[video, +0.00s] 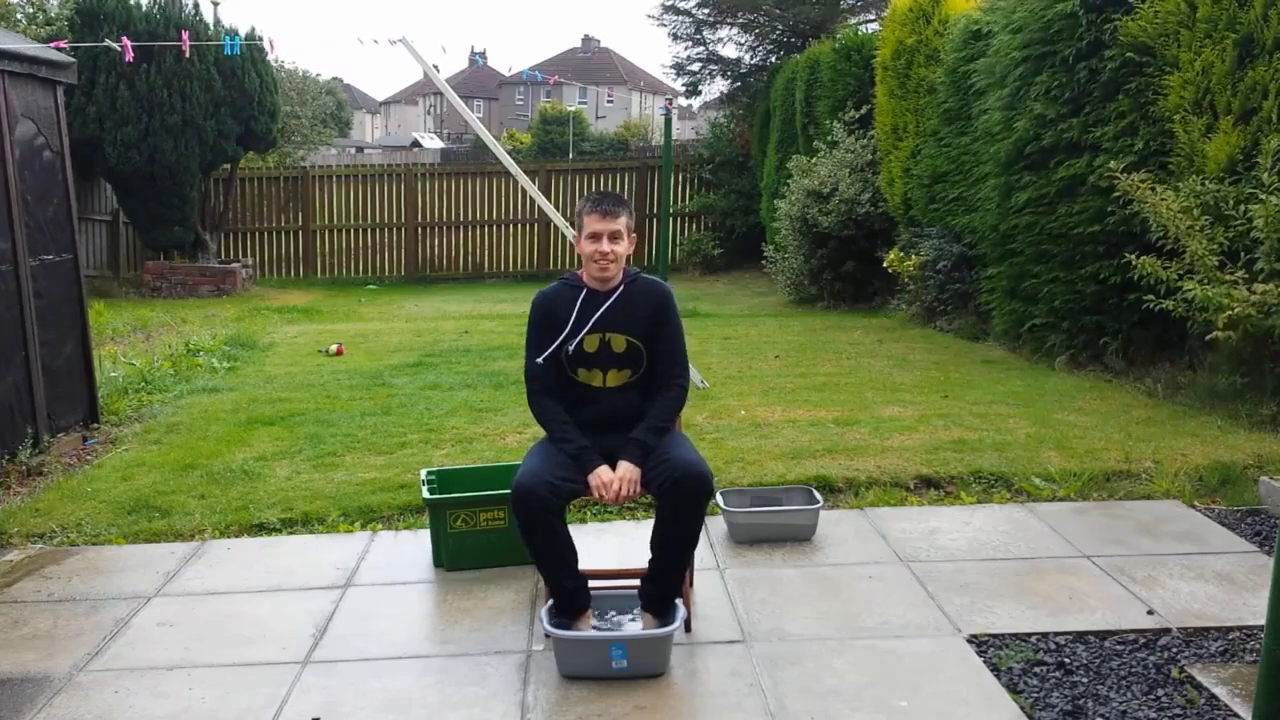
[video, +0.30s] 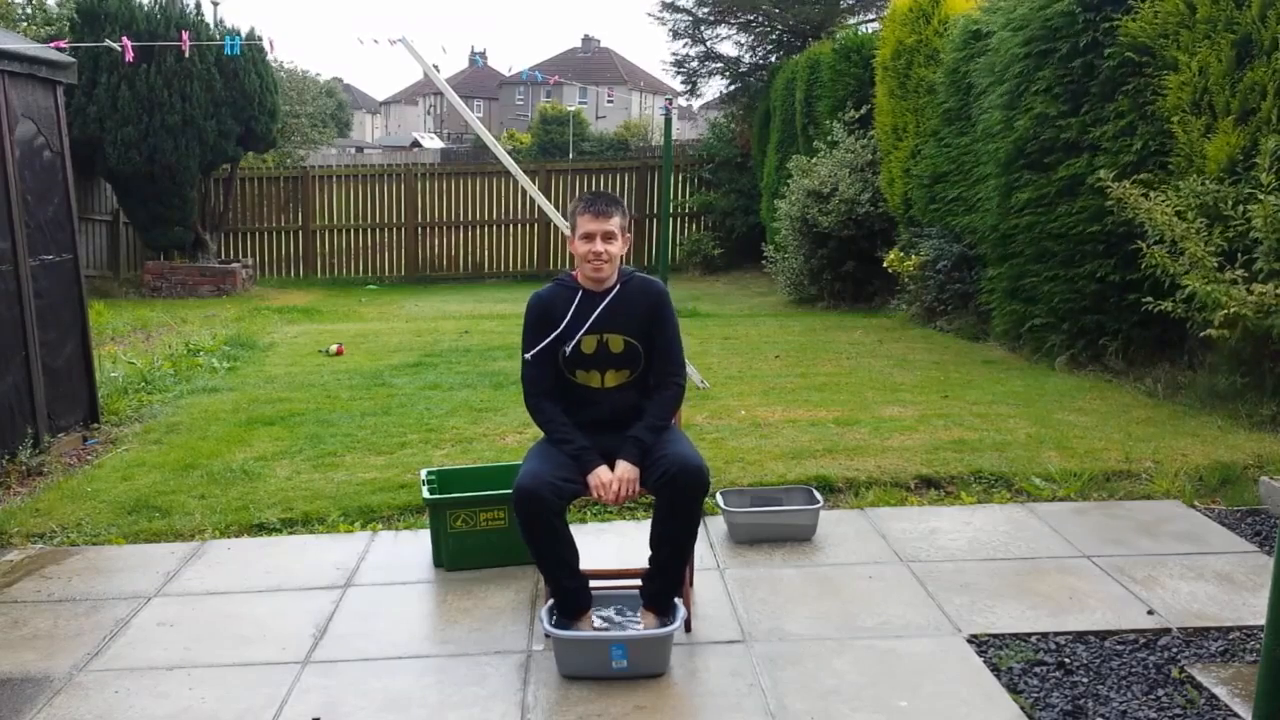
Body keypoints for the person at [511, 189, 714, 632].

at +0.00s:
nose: (604, 248)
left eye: (615, 238)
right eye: (593, 238)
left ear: (631, 244)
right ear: (577, 242)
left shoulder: (655, 297)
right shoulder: (550, 304)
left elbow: (673, 385)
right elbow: (541, 394)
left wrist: (634, 455)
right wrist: (589, 461)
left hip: (646, 433)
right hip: (573, 437)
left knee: (692, 479)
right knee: (528, 491)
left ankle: (658, 600)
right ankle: (572, 604)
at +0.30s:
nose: (597, 249)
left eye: (608, 238)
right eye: (587, 238)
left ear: (625, 244)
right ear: (570, 243)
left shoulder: (651, 296)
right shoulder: (546, 304)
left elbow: (670, 384)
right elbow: (539, 397)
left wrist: (632, 454)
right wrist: (589, 461)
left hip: (644, 432)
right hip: (571, 436)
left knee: (689, 475)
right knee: (530, 492)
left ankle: (658, 602)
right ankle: (574, 606)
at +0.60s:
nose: (636, 252)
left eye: (647, 242)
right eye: (626, 240)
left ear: (664, 249)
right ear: (610, 244)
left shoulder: (681, 310)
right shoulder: (577, 298)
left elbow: (688, 400)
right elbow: (550, 383)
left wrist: (631, 456)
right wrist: (586, 460)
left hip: (650, 436)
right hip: (577, 433)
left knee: (690, 486)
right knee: (530, 483)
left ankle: (654, 604)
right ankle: (569, 604)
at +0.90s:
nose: (652, 253)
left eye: (663, 244)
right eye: (642, 242)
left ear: (678, 250)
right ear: (625, 245)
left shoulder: (689, 313)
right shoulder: (585, 298)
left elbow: (689, 400)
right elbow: (555, 383)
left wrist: (636, 454)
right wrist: (588, 459)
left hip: (651, 436)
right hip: (579, 433)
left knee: (695, 486)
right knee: (532, 485)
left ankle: (653, 608)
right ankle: (574, 605)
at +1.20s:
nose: (615, 247)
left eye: (626, 237)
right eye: (605, 237)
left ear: (643, 245)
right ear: (589, 244)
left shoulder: (664, 304)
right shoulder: (561, 303)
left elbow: (680, 392)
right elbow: (544, 390)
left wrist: (633, 456)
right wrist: (586, 461)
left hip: (648, 434)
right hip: (574, 436)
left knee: (693, 484)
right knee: (528, 489)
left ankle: (656, 605)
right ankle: (573, 605)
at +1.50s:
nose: (617, 250)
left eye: (628, 240)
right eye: (607, 240)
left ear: (644, 248)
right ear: (590, 246)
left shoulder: (665, 306)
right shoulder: (561, 304)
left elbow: (681, 394)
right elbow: (543, 392)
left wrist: (634, 458)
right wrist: (587, 462)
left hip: (648, 435)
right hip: (574, 437)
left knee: (694, 484)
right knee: (527, 490)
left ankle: (658, 602)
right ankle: (572, 601)